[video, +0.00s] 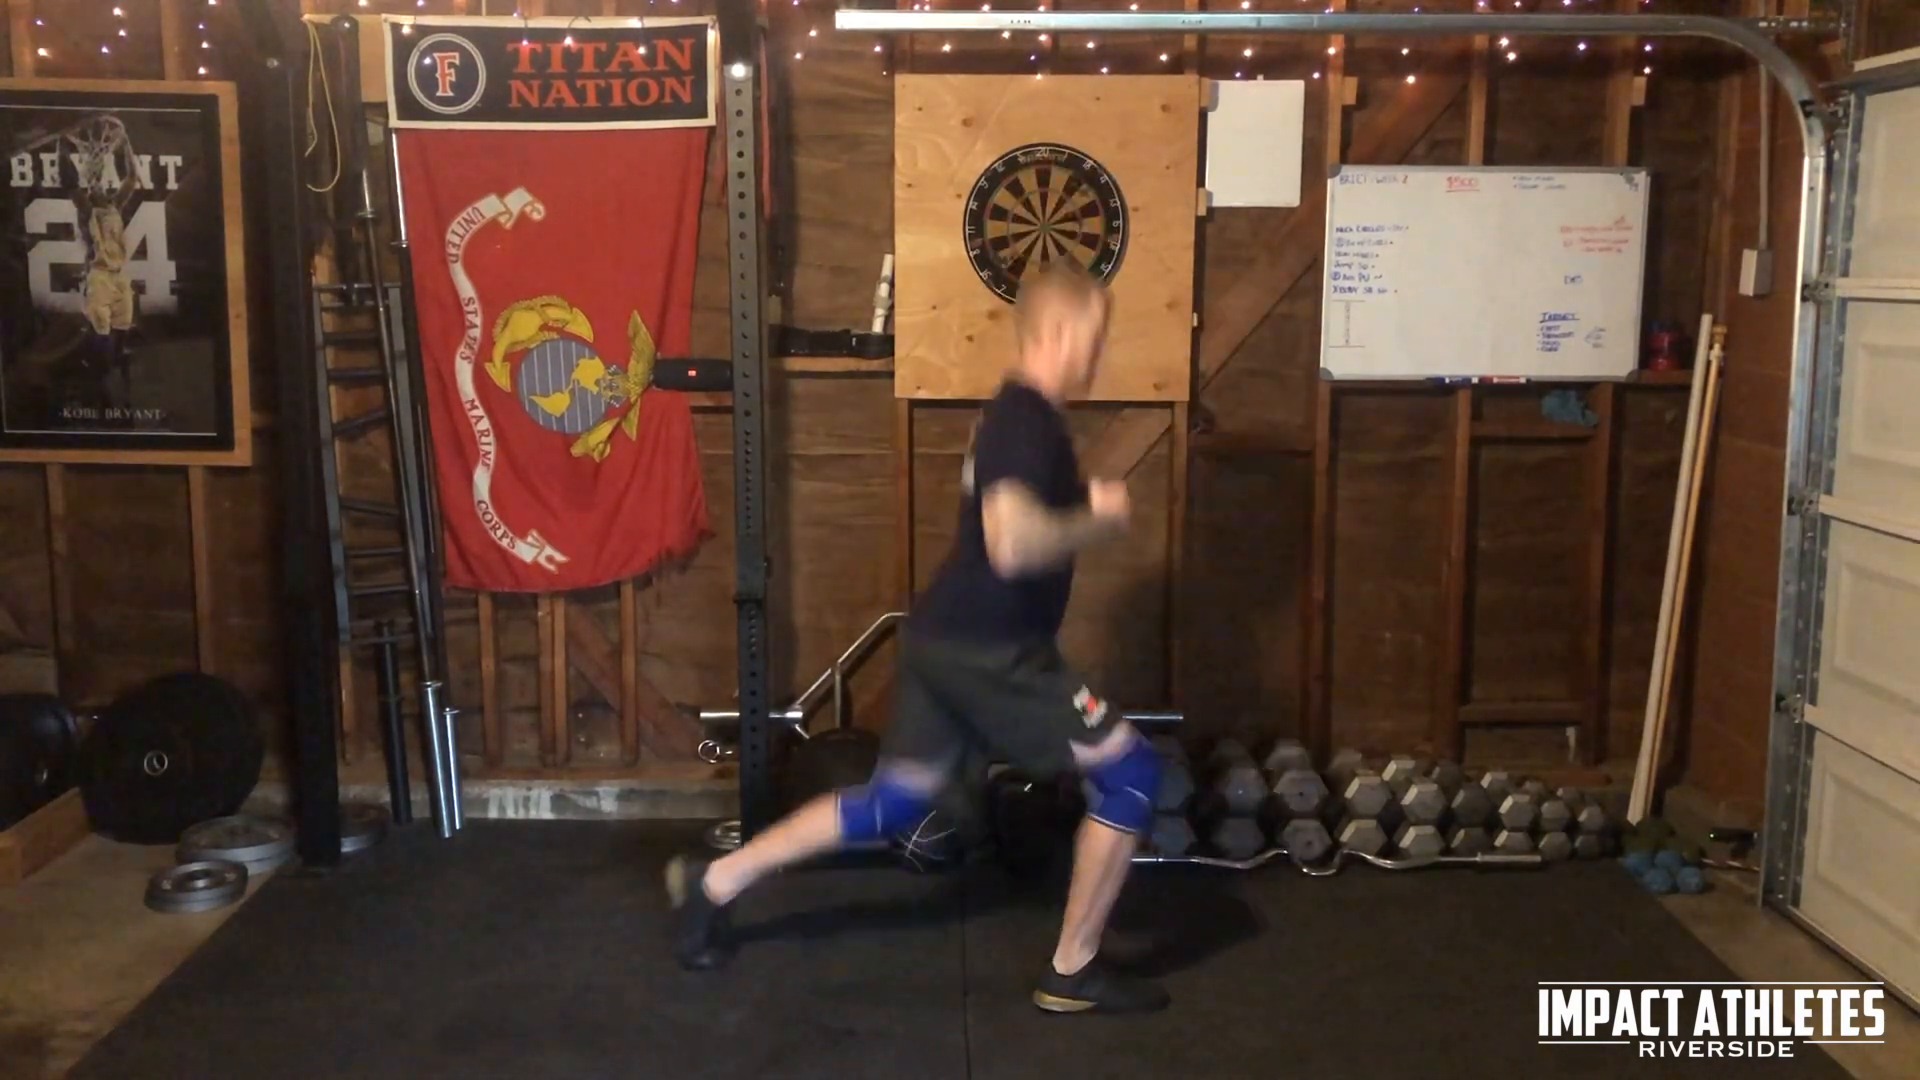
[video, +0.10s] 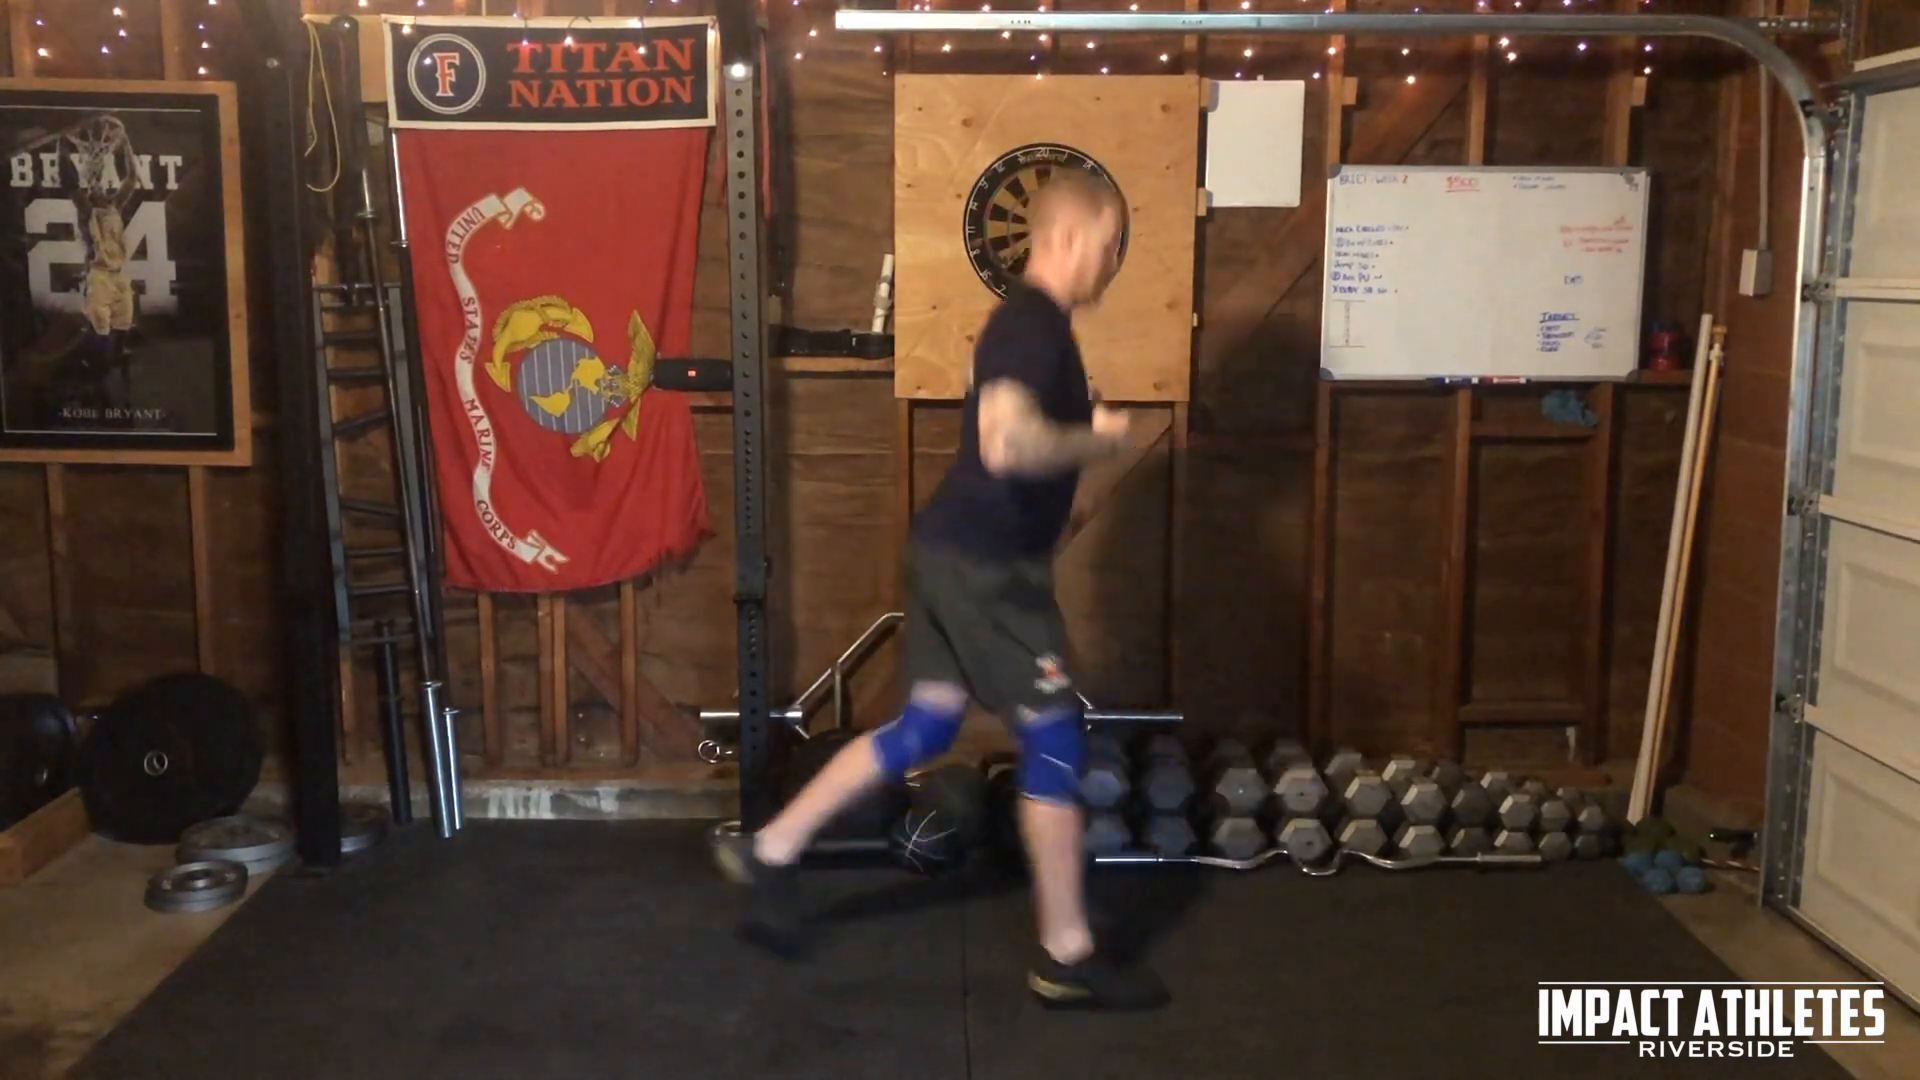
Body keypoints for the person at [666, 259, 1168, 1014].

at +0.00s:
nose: (1097, 351)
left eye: (1099, 335)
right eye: (1091, 335)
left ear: (1036, 334)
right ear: (1054, 335)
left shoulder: (1011, 413)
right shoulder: (1027, 421)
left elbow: (996, 518)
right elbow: (1011, 543)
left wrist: (1069, 503)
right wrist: (1095, 516)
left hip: (942, 639)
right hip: (989, 648)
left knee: (894, 802)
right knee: (1129, 775)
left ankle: (711, 883)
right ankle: (1073, 966)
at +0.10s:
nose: (1117, 263)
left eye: (1119, 245)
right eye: (1112, 244)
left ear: (1049, 239)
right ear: (1070, 240)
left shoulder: (1035, 323)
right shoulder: (1031, 325)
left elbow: (1025, 438)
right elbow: (1007, 441)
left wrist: (1084, 444)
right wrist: (1095, 439)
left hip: (950, 550)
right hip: (986, 560)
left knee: (926, 727)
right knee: (1054, 736)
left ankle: (769, 849)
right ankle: (1067, 953)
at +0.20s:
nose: (1118, 216)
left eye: (1121, 200)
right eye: (1114, 198)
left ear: (1058, 186)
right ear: (1072, 185)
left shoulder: (1027, 264)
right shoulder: (1036, 269)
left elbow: (1021, 386)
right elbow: (1008, 389)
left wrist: (1094, 391)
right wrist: (1102, 394)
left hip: (958, 504)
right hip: (983, 514)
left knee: (962, 692)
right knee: (1009, 705)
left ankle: (858, 857)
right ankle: (953, 908)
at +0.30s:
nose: (1117, 217)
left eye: (1119, 200)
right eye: (1112, 198)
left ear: (1056, 190)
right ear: (1070, 189)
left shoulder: (1040, 268)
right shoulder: (1029, 266)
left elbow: (1016, 379)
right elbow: (1012, 388)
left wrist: (1090, 387)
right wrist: (1108, 397)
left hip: (1000, 512)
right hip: (970, 511)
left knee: (1004, 696)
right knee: (984, 705)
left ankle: (972, 881)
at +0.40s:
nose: (1113, 264)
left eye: (1117, 247)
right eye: (1109, 245)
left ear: (1048, 238)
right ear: (1066, 239)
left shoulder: (1025, 311)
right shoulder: (1025, 314)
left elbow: (1013, 430)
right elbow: (1010, 436)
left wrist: (1084, 445)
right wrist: (1099, 440)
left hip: (1007, 563)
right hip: (969, 564)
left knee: (1062, 725)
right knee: (921, 763)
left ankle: (1060, 922)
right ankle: (732, 870)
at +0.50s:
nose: (1102, 349)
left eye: (1104, 334)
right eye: (1096, 333)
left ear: (1054, 329)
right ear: (1057, 330)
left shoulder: (1035, 409)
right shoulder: (1020, 409)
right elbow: (1005, 537)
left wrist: (1081, 539)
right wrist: (1090, 535)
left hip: (1020, 655)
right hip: (959, 657)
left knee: (1122, 751)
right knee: (890, 831)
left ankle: (1079, 937)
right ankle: (682, 942)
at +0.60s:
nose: (1102, 431)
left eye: (1103, 416)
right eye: (1096, 414)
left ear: (1046, 416)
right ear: (1052, 417)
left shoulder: (1018, 489)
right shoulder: (1019, 495)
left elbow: (1011, 607)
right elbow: (990, 626)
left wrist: (1076, 632)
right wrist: (1079, 646)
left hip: (1019, 711)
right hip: (953, 731)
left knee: (1146, 766)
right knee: (887, 929)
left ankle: (1079, 939)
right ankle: (669, 946)